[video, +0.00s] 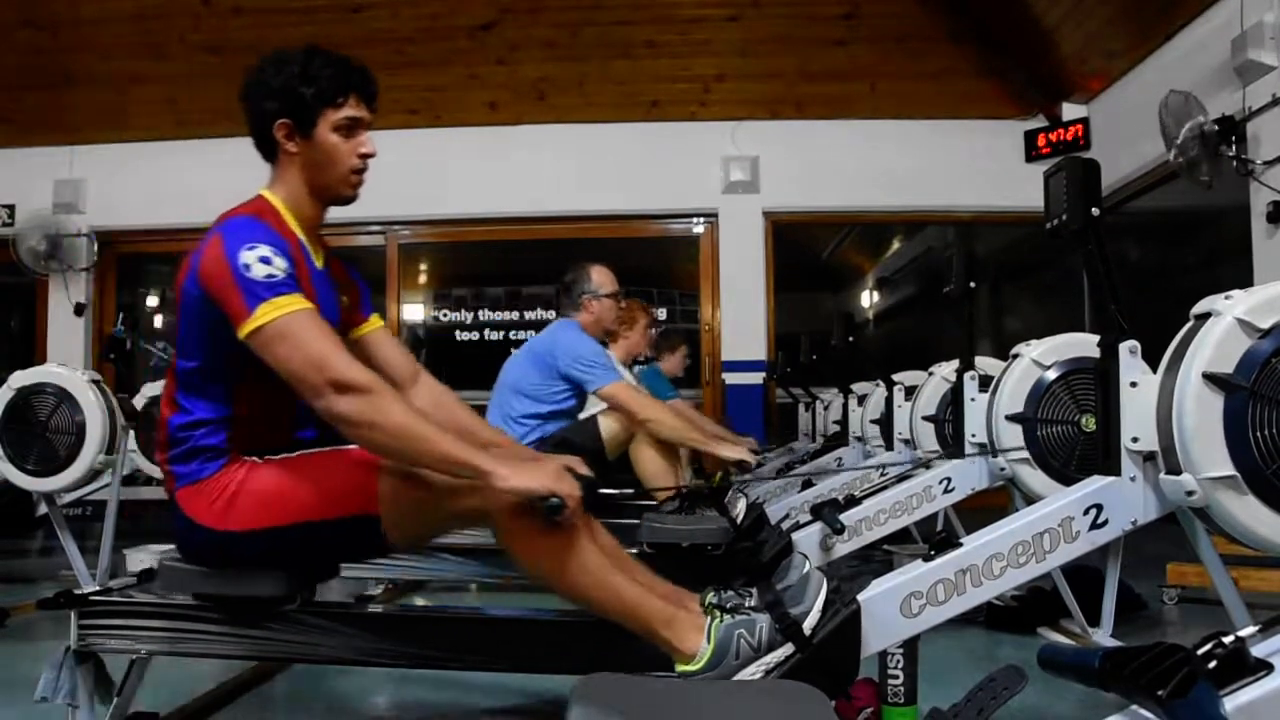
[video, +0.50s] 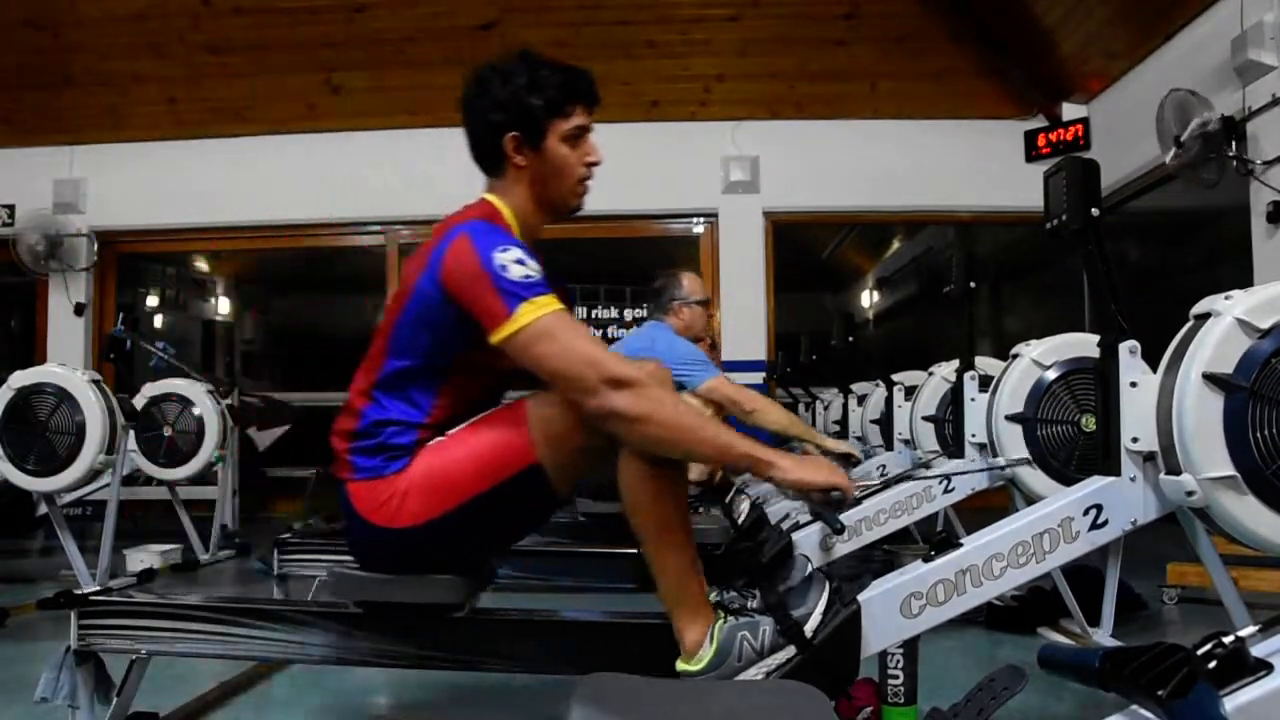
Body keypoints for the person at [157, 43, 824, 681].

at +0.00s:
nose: (369, 148)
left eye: (368, 130)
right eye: (349, 130)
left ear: (325, 140)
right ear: (287, 137)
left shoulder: (315, 258)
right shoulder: (245, 244)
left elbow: (406, 375)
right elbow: (338, 392)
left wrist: (512, 457)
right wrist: (495, 469)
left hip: (288, 472)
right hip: (229, 488)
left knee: (520, 468)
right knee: (496, 487)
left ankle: (699, 621)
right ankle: (696, 644)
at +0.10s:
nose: (411, 148)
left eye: (410, 131)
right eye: (391, 131)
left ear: (362, 143)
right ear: (331, 139)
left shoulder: (359, 254)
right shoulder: (288, 243)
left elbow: (447, 378)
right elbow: (382, 389)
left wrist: (560, 460)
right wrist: (548, 467)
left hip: (300, 476)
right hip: (246, 493)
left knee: (526, 452)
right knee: (503, 469)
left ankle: (697, 619)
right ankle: (695, 644)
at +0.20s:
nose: (454, 153)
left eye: (452, 135)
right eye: (435, 135)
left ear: (387, 146)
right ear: (374, 144)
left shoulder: (398, 262)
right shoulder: (331, 242)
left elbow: (490, 381)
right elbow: (436, 397)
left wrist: (601, 461)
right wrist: (596, 469)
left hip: (326, 481)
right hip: (277, 496)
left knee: (549, 434)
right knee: (523, 449)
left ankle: (690, 612)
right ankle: (695, 638)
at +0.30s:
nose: (500, 154)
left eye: (496, 135)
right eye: (482, 136)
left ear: (437, 147)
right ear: (421, 146)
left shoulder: (426, 250)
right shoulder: (378, 242)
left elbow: (520, 374)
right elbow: (492, 390)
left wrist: (640, 463)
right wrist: (657, 468)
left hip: (354, 482)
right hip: (310, 497)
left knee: (580, 408)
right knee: (564, 421)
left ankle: (692, 613)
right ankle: (695, 640)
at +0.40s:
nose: (548, 156)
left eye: (545, 136)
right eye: (529, 137)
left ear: (484, 152)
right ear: (470, 149)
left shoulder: (467, 251)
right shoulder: (430, 246)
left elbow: (564, 379)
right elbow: (553, 398)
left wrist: (684, 456)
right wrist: (715, 468)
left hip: (390, 484)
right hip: (352, 499)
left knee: (608, 393)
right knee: (603, 397)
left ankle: (693, 617)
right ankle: (697, 638)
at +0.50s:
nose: (594, 157)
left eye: (591, 138)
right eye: (577, 139)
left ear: (524, 154)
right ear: (519, 151)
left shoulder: (496, 244)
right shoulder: (480, 247)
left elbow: (602, 377)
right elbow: (614, 389)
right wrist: (772, 463)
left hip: (419, 484)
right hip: (392, 500)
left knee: (632, 386)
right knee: (632, 399)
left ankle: (700, 623)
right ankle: (700, 642)